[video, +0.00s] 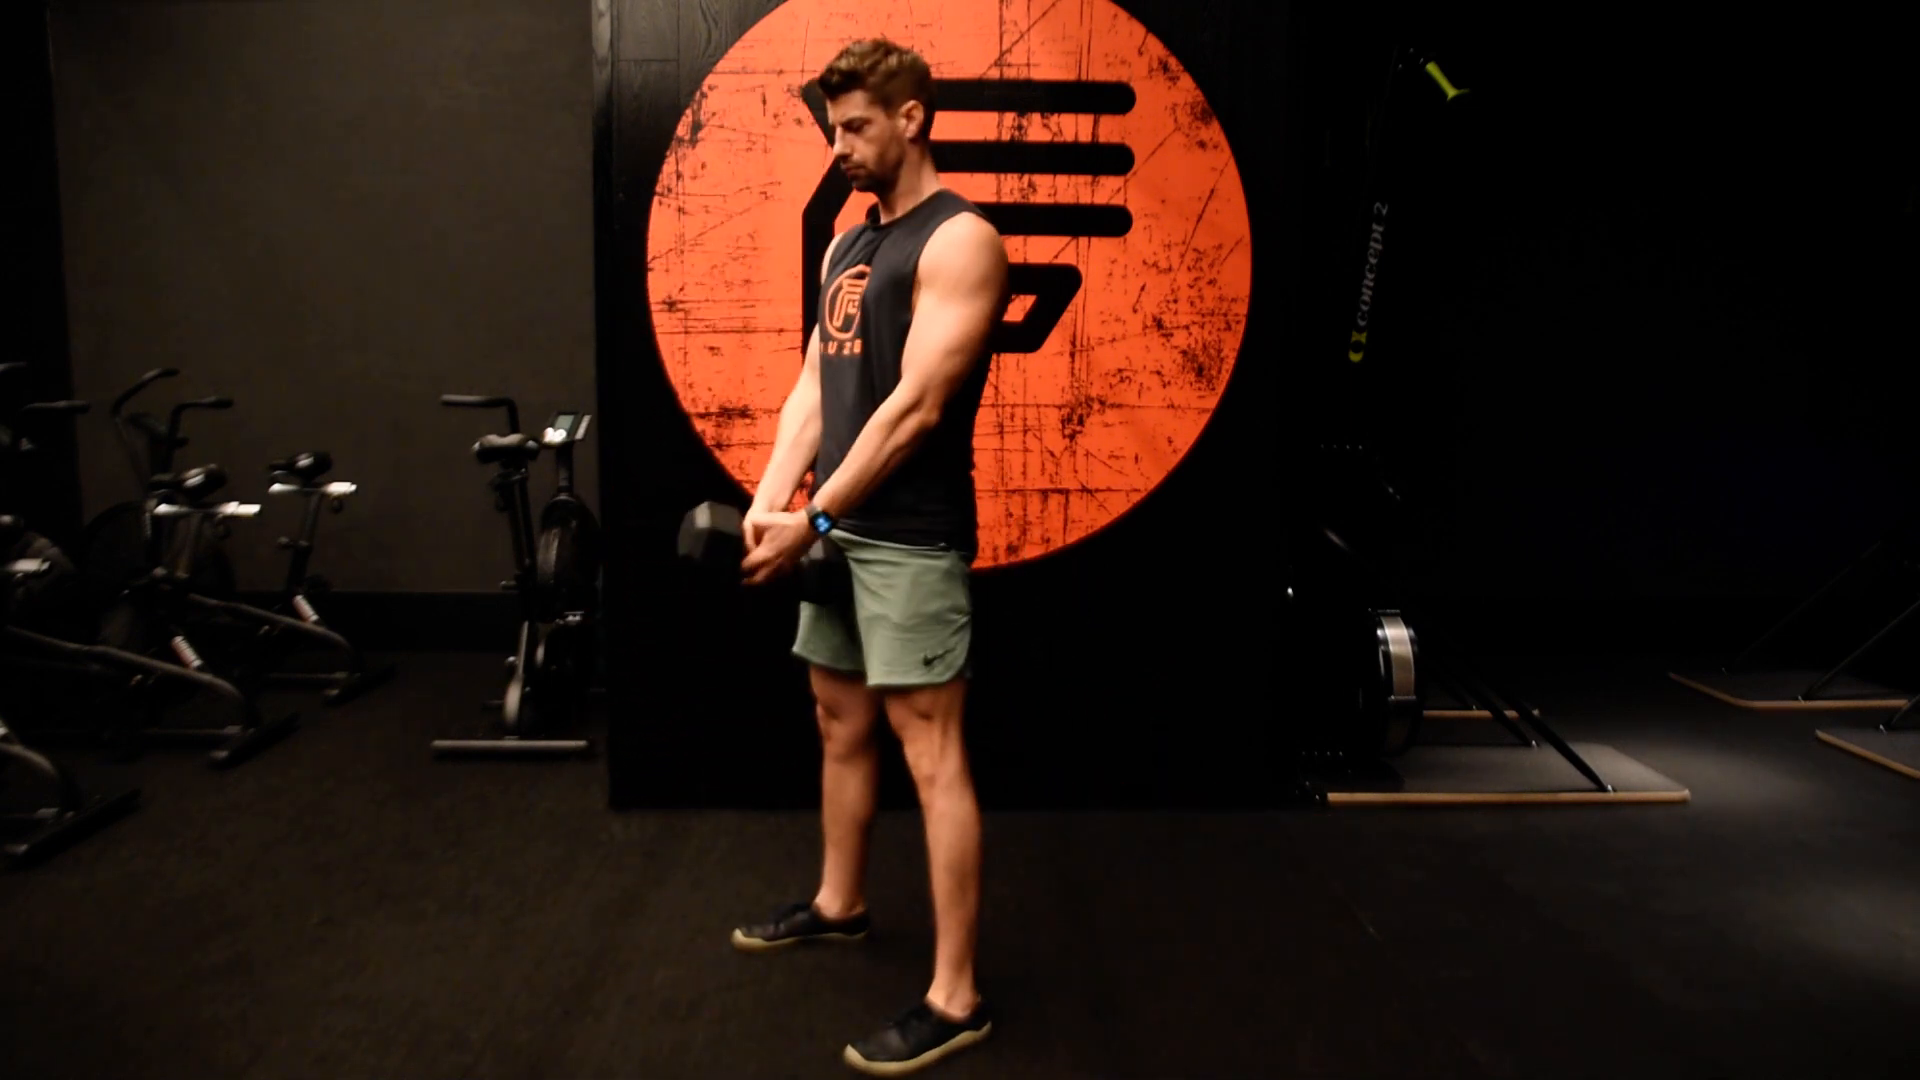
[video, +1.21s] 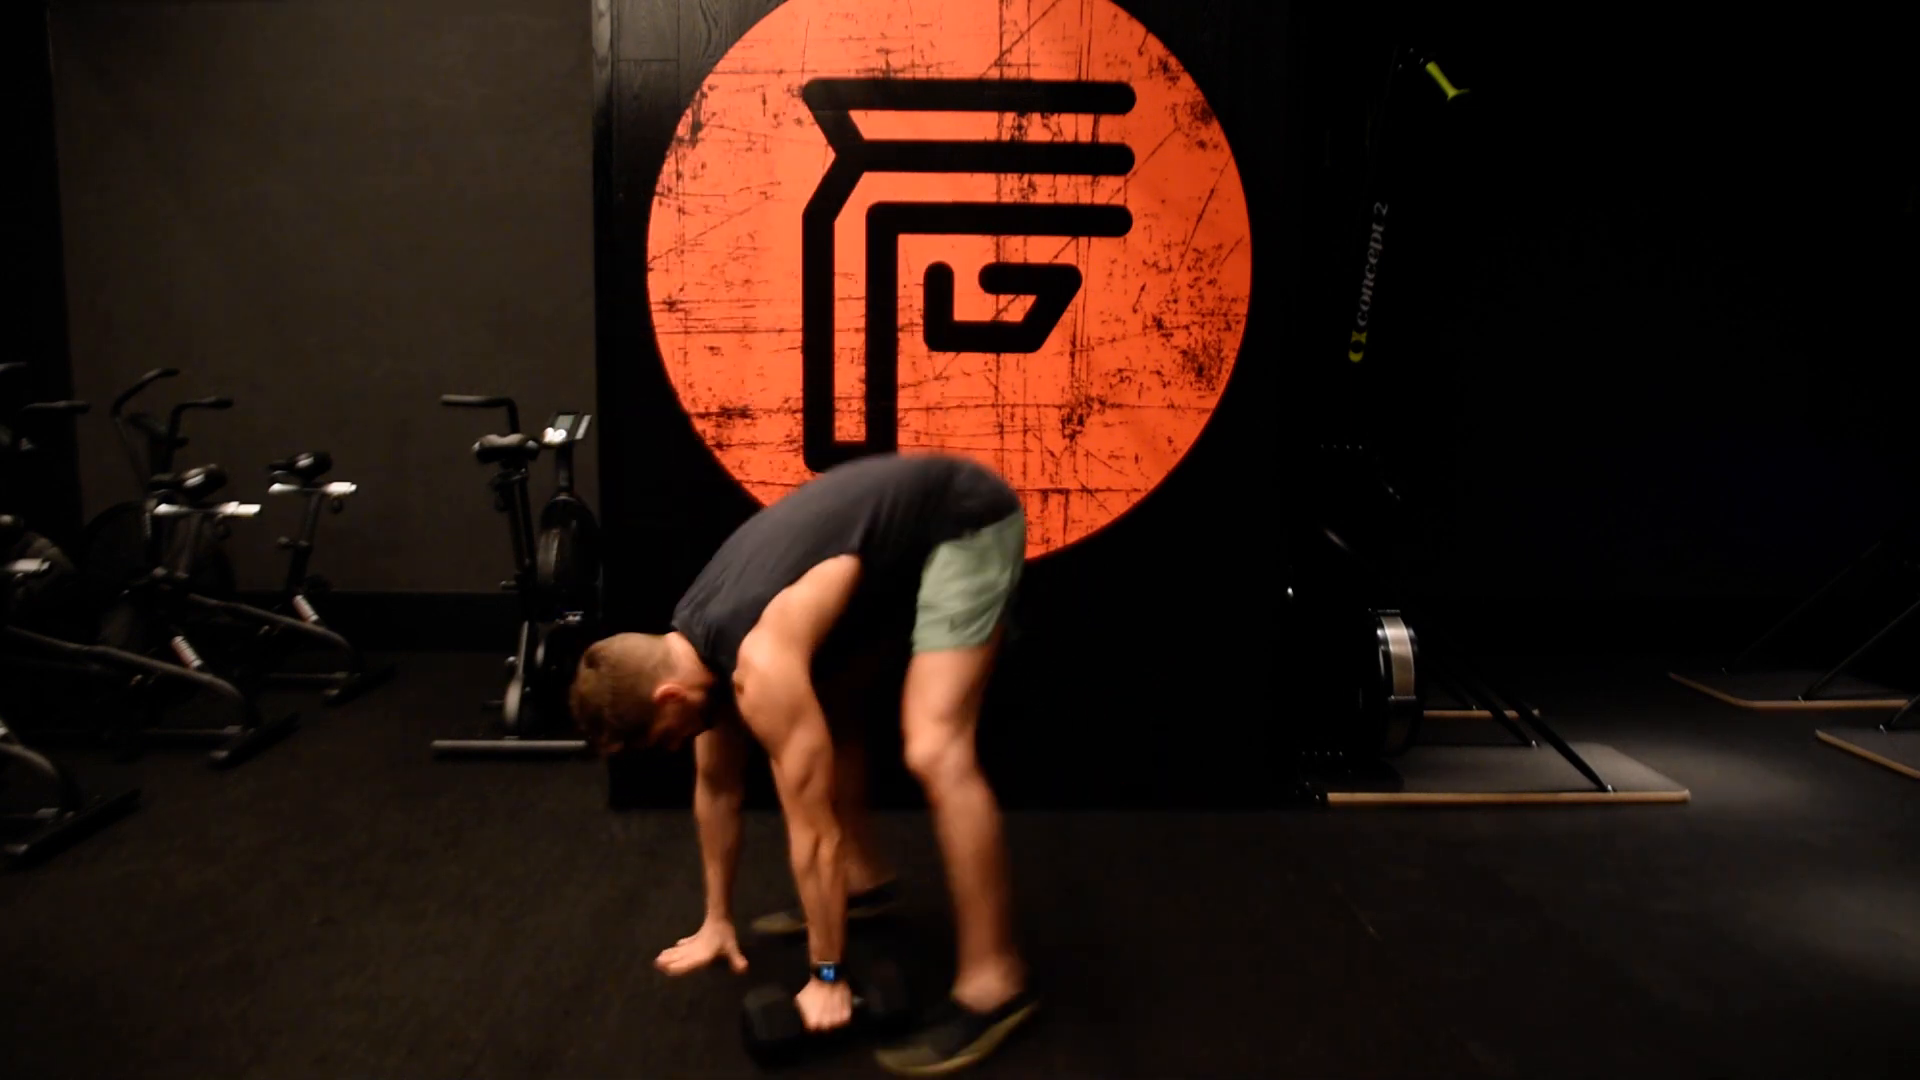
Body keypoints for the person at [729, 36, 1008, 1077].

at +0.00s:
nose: (845, 147)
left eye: (857, 127)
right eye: (835, 132)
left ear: (913, 116)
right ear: (839, 133)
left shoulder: (963, 238)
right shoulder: (848, 243)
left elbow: (920, 406)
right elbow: (816, 388)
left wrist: (811, 517)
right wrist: (775, 494)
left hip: (913, 538)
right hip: (834, 528)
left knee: (931, 750)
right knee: (841, 722)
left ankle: (956, 995)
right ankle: (838, 903)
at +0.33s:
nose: (744, 183)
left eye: (753, 161)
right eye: (737, 164)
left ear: (808, 138)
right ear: (791, 150)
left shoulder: (890, 253)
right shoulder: (821, 250)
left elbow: (880, 435)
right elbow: (834, 402)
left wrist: (811, 564)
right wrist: (751, 476)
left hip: (936, 542)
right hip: (858, 535)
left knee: (946, 756)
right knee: (844, 722)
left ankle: (958, 992)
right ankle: (838, 903)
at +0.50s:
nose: (661, 310)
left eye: (664, 288)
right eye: (650, 294)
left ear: (711, 251)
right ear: (702, 261)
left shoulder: (822, 345)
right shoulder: (765, 332)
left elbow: (858, 525)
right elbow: (800, 464)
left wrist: (819, 662)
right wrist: (747, 589)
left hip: (979, 545)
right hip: (892, 545)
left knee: (946, 751)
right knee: (834, 708)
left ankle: (960, 996)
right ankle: (838, 903)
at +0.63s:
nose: (625, 456)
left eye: (623, 433)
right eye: (613, 440)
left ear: (664, 391)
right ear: (662, 388)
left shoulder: (797, 456)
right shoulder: (730, 427)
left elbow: (838, 635)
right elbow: (769, 555)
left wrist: (819, 776)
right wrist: (746, 695)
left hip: (990, 557)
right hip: (895, 562)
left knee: (937, 758)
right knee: (815, 713)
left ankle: (959, 1000)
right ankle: (837, 904)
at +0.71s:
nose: (626, 548)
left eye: (619, 528)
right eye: (613, 535)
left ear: (647, 479)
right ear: (646, 471)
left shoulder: (787, 531)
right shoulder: (721, 492)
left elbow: (829, 706)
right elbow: (749, 622)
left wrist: (823, 852)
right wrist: (740, 761)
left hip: (992, 570)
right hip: (895, 578)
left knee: (924, 766)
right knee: (798, 706)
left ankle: (958, 1005)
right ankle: (832, 899)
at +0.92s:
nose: (627, 696)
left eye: (620, 681)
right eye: (614, 688)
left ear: (640, 634)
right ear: (637, 625)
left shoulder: (768, 651)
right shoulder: (694, 607)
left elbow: (818, 828)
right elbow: (713, 754)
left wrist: (829, 971)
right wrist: (715, 894)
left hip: (979, 616)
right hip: (901, 618)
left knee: (884, 795)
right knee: (757, 722)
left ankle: (957, 1004)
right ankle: (833, 909)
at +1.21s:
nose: (675, 747)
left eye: (665, 737)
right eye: (662, 745)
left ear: (672, 697)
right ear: (669, 689)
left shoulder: (763, 662)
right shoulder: (694, 640)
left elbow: (818, 834)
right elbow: (717, 789)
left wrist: (828, 975)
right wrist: (717, 919)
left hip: (967, 518)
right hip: (885, 532)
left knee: (936, 747)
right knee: (824, 708)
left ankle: (992, 982)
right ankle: (859, 875)